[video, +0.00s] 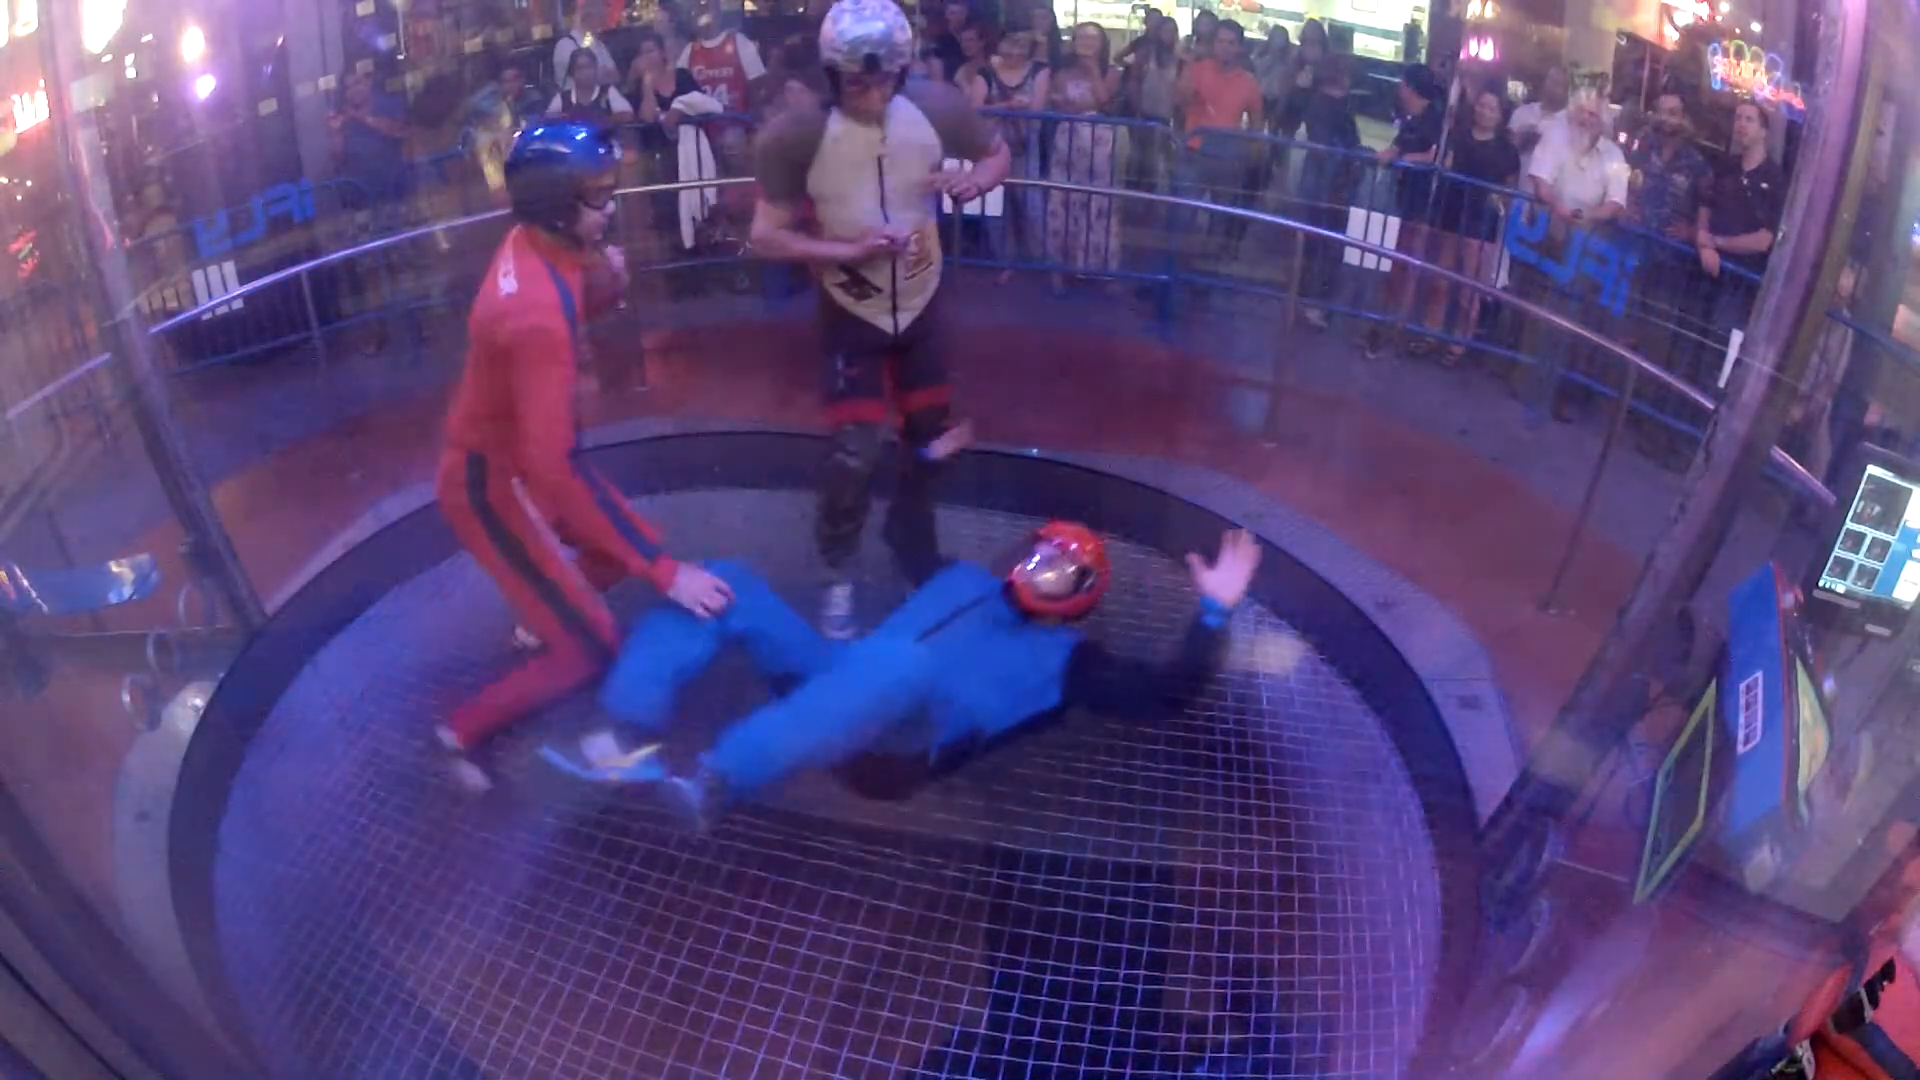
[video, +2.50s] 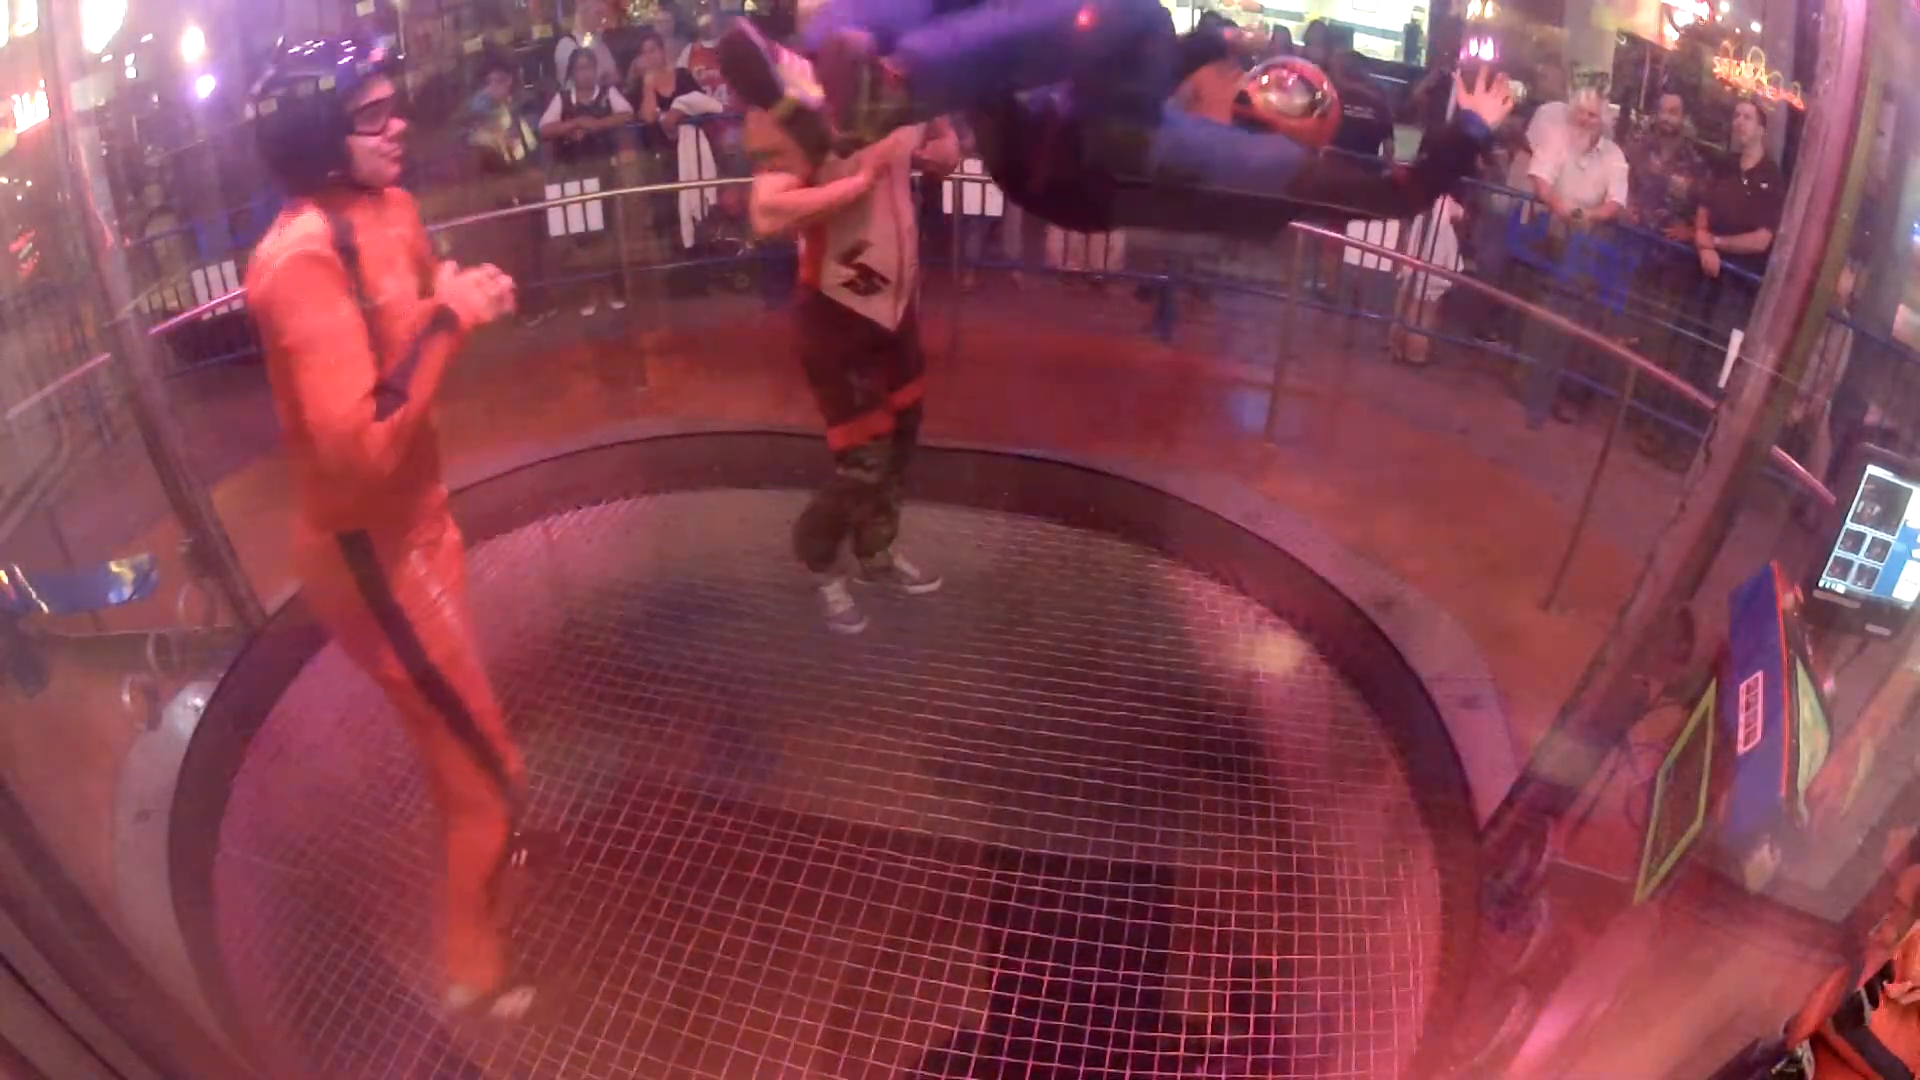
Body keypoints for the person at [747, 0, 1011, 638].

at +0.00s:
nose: (871, 93)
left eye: (883, 78)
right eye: (857, 81)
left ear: (901, 68)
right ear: (833, 72)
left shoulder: (934, 111)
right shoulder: (801, 135)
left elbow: (998, 156)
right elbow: (763, 234)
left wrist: (973, 179)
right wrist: (850, 250)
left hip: (924, 304)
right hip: (851, 311)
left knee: (935, 445)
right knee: (862, 445)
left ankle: (916, 555)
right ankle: (838, 578)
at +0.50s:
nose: (905, 79)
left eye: (914, 66)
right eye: (892, 67)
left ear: (925, 64)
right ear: (855, 64)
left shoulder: (922, 114)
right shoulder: (810, 128)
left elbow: (918, 178)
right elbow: (799, 241)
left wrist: (948, 171)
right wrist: (895, 210)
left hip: (921, 308)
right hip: (856, 316)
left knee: (928, 427)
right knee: (873, 434)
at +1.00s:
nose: (887, 74)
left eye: (896, 62)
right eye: (875, 61)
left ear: (905, 62)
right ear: (843, 60)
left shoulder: (900, 120)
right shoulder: (805, 125)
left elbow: (897, 193)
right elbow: (746, 229)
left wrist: (931, 210)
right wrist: (813, 270)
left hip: (890, 297)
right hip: (823, 309)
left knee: (920, 429)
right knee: (849, 452)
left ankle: (886, 540)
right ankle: (827, 575)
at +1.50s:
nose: (897, 73)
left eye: (900, 62)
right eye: (888, 60)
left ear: (880, 60)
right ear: (853, 53)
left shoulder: (880, 115)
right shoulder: (811, 121)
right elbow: (860, 215)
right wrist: (950, 155)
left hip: (903, 314)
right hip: (851, 319)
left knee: (929, 438)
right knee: (865, 459)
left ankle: (879, 547)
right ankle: (830, 574)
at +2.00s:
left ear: (873, 116)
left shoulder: (902, 129)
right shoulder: (838, 159)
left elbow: (960, 168)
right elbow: (874, 215)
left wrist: (950, 133)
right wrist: (937, 152)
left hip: (918, 317)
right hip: (870, 319)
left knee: (922, 435)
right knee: (884, 458)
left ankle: (881, 549)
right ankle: (836, 569)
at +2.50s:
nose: (869, 84)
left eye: (874, 71)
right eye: (854, 71)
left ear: (887, 83)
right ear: (832, 84)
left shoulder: (895, 131)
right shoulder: (801, 139)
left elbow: (943, 153)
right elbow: (767, 210)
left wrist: (940, 144)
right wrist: (854, 183)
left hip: (895, 311)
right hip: (835, 316)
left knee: (900, 442)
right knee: (865, 459)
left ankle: (876, 553)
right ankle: (821, 563)